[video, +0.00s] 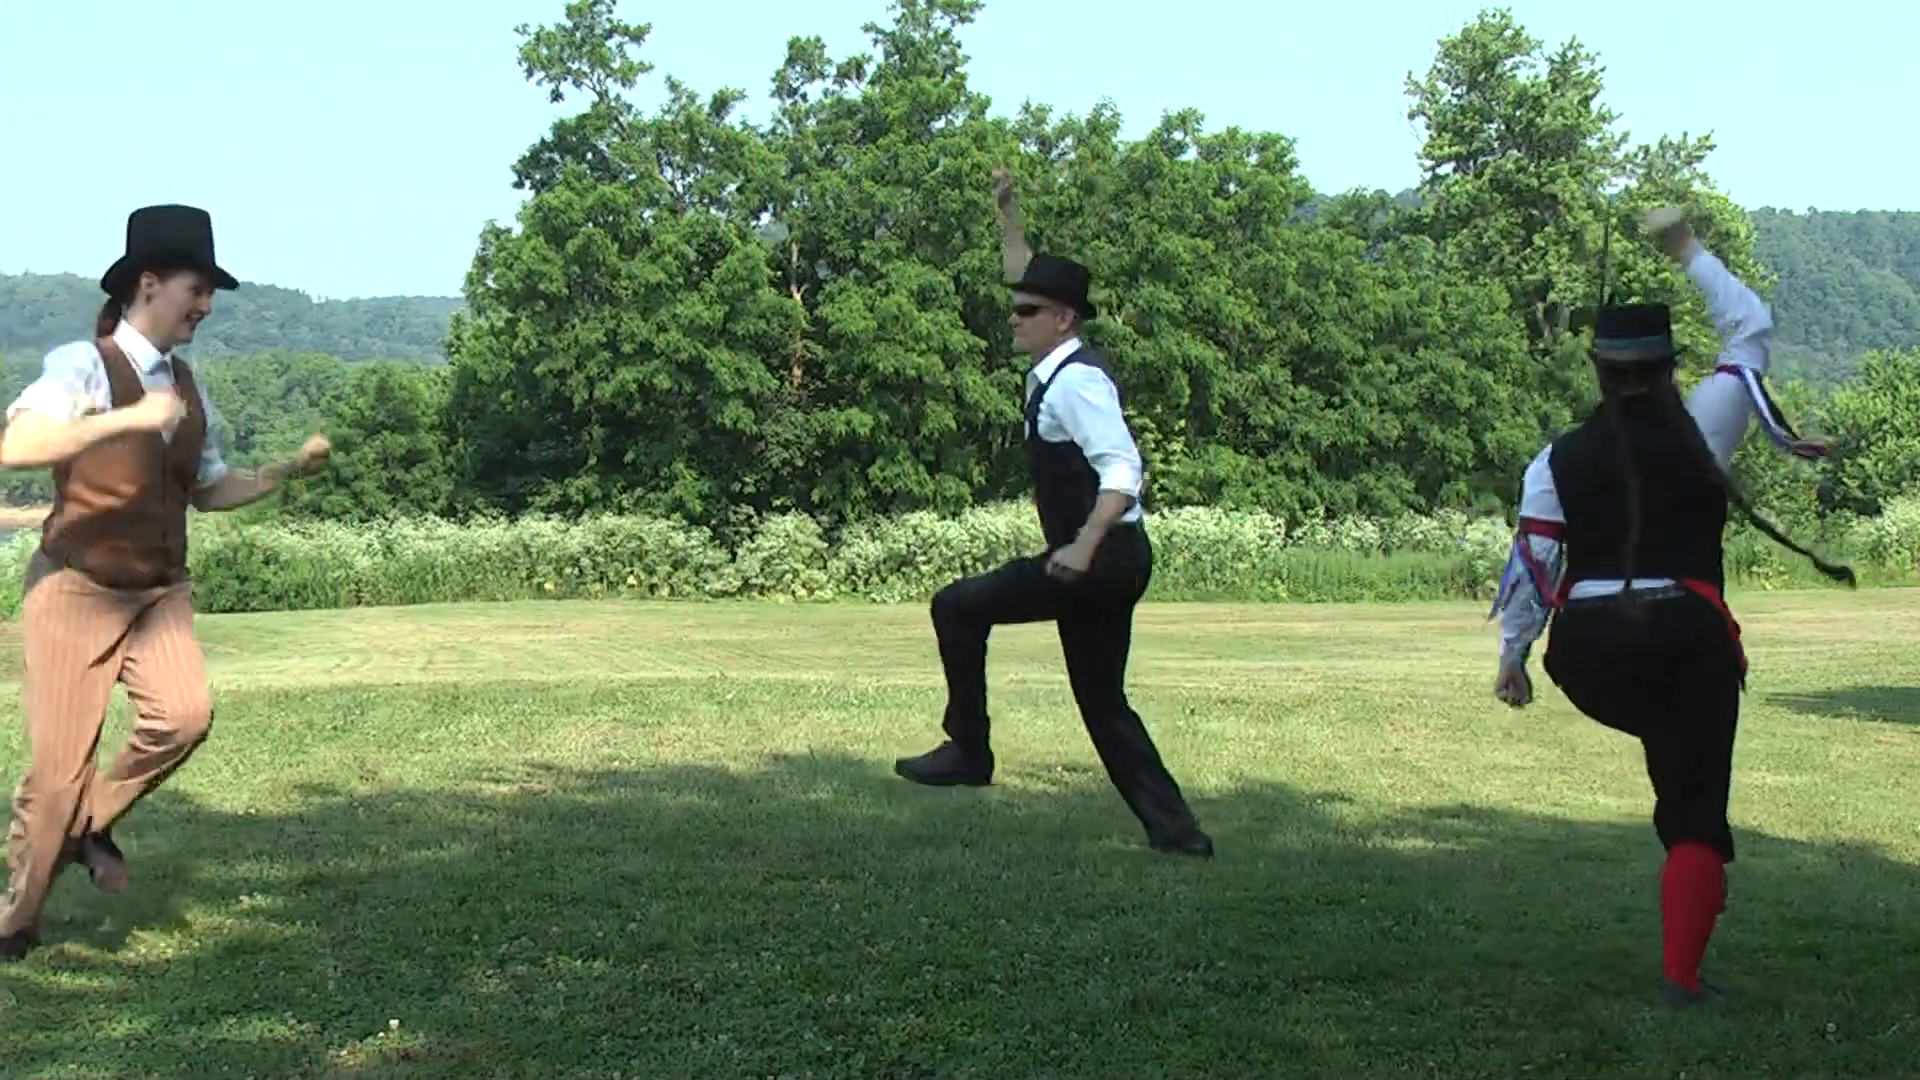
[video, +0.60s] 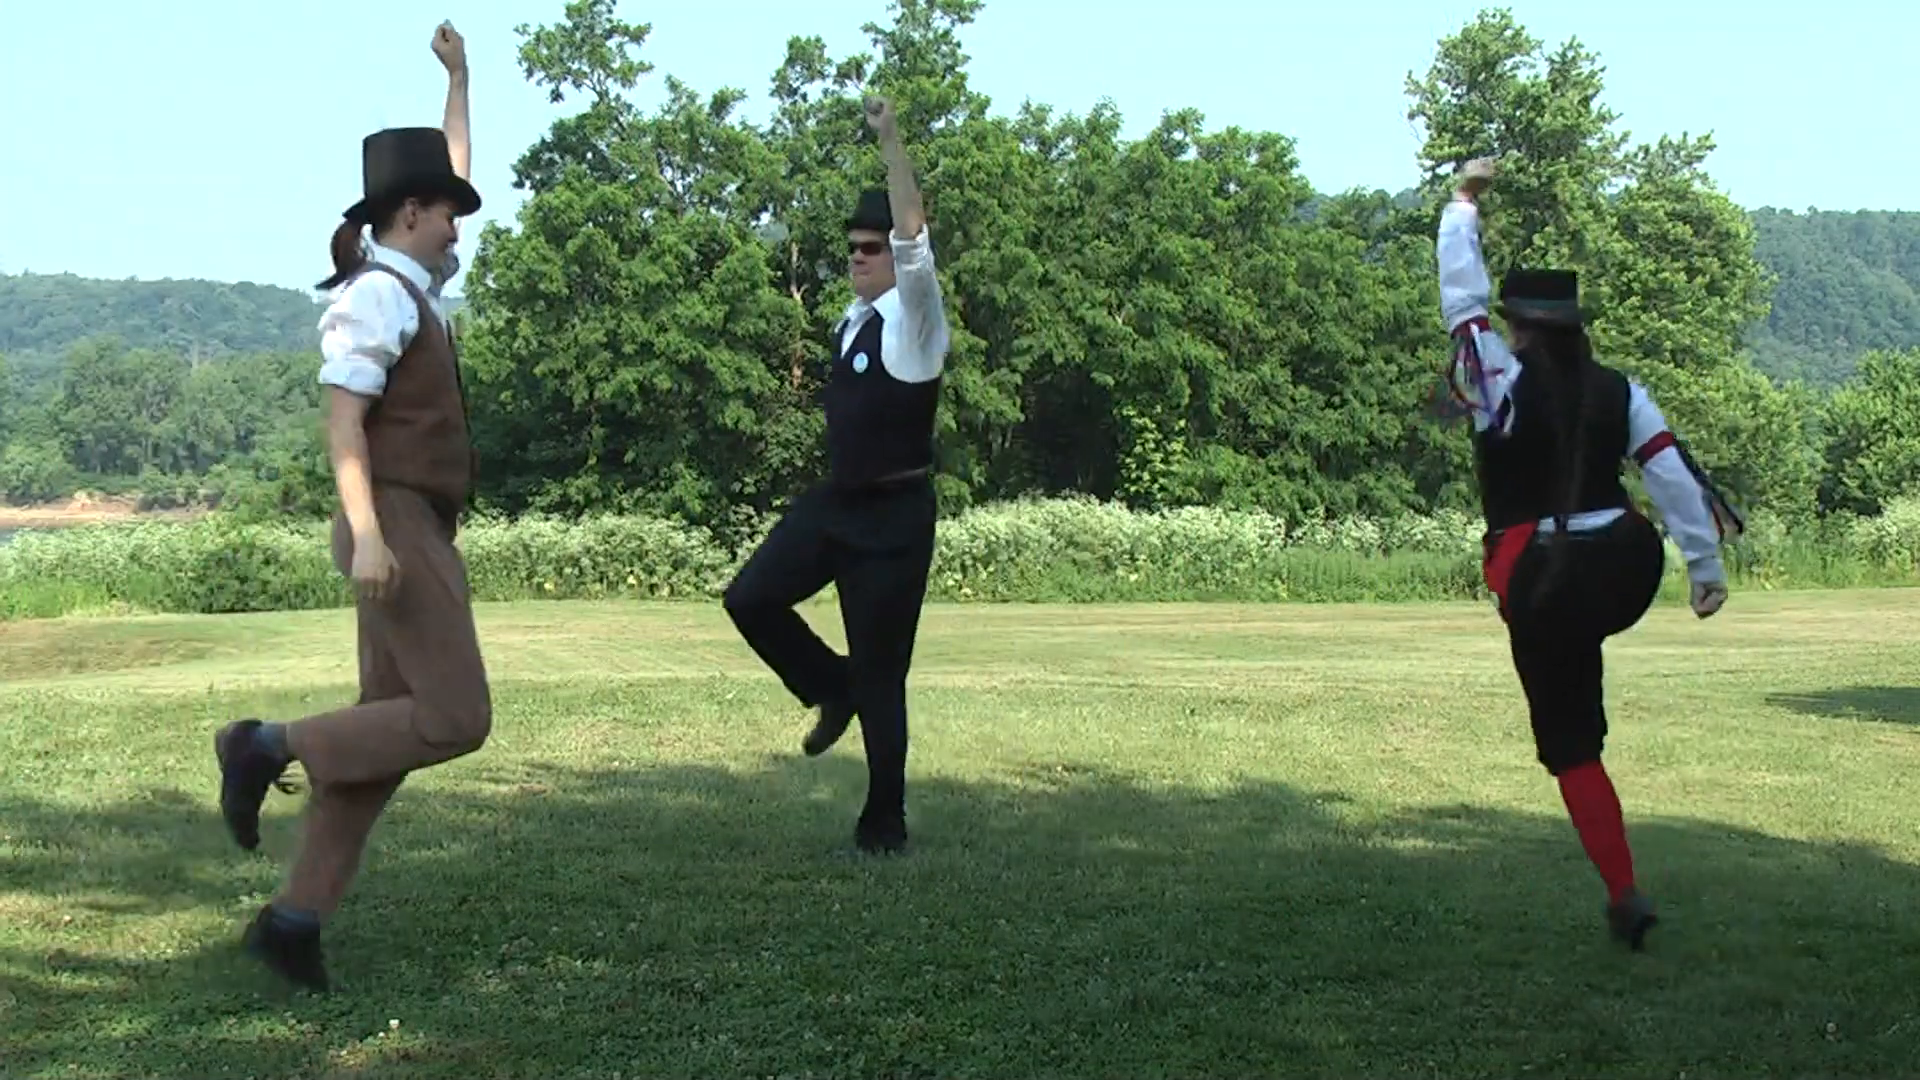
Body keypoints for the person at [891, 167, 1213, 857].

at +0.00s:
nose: (1016, 321)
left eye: (1028, 312)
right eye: (1016, 310)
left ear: (1064, 318)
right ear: (1052, 316)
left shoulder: (1077, 383)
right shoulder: (1056, 366)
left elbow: (1122, 469)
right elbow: (1026, 280)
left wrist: (1086, 541)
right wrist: (1007, 212)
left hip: (1098, 555)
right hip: (1102, 556)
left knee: (957, 608)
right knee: (1102, 703)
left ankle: (967, 750)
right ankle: (1178, 835)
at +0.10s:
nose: (987, 317)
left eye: (1000, 306)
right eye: (985, 307)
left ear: (1038, 313)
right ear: (992, 314)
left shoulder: (1051, 374)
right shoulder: (1016, 358)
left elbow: (1080, 444)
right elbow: (968, 300)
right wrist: (931, 240)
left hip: (1068, 554)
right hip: (1071, 552)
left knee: (931, 608)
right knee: (1089, 693)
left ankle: (924, 752)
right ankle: (1174, 829)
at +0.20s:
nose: (961, 306)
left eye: (976, 296)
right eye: (959, 295)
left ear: (1014, 303)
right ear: (957, 301)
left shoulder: (1027, 359)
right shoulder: (969, 346)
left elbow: (1031, 397)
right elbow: (917, 332)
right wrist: (861, 299)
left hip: (1028, 545)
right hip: (1019, 543)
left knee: (904, 641)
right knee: (1061, 682)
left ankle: (897, 793)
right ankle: (1157, 807)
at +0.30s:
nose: (934, 303)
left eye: (948, 294)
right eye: (932, 293)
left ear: (984, 306)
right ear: (931, 300)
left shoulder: (991, 376)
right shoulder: (937, 367)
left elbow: (993, 353)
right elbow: (897, 399)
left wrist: (959, 288)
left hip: (982, 548)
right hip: (957, 548)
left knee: (896, 679)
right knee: (997, 687)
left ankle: (883, 837)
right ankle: (1123, 781)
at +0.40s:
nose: (906, 306)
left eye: (919, 298)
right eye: (902, 296)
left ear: (949, 309)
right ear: (897, 305)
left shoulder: (959, 377)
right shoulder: (900, 371)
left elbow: (954, 308)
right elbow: (891, 450)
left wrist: (928, 216)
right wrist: (842, 491)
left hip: (951, 557)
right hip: (912, 556)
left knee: (877, 686)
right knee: (900, 700)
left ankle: (880, 840)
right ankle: (1035, 751)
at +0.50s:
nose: (880, 291)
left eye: (892, 282)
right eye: (876, 282)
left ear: (922, 289)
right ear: (876, 291)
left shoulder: (933, 356)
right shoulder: (875, 355)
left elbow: (926, 274)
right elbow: (882, 447)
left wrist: (911, 184)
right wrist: (862, 511)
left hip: (927, 544)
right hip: (873, 539)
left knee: (879, 688)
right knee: (805, 656)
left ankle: (881, 830)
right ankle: (928, 721)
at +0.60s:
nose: (860, 260)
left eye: (872, 249)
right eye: (853, 249)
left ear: (901, 255)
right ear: (847, 257)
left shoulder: (916, 321)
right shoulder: (853, 323)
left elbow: (913, 234)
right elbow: (860, 414)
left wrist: (890, 140)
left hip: (895, 514)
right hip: (833, 503)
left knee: (877, 676)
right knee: (749, 599)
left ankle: (884, 824)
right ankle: (834, 688)